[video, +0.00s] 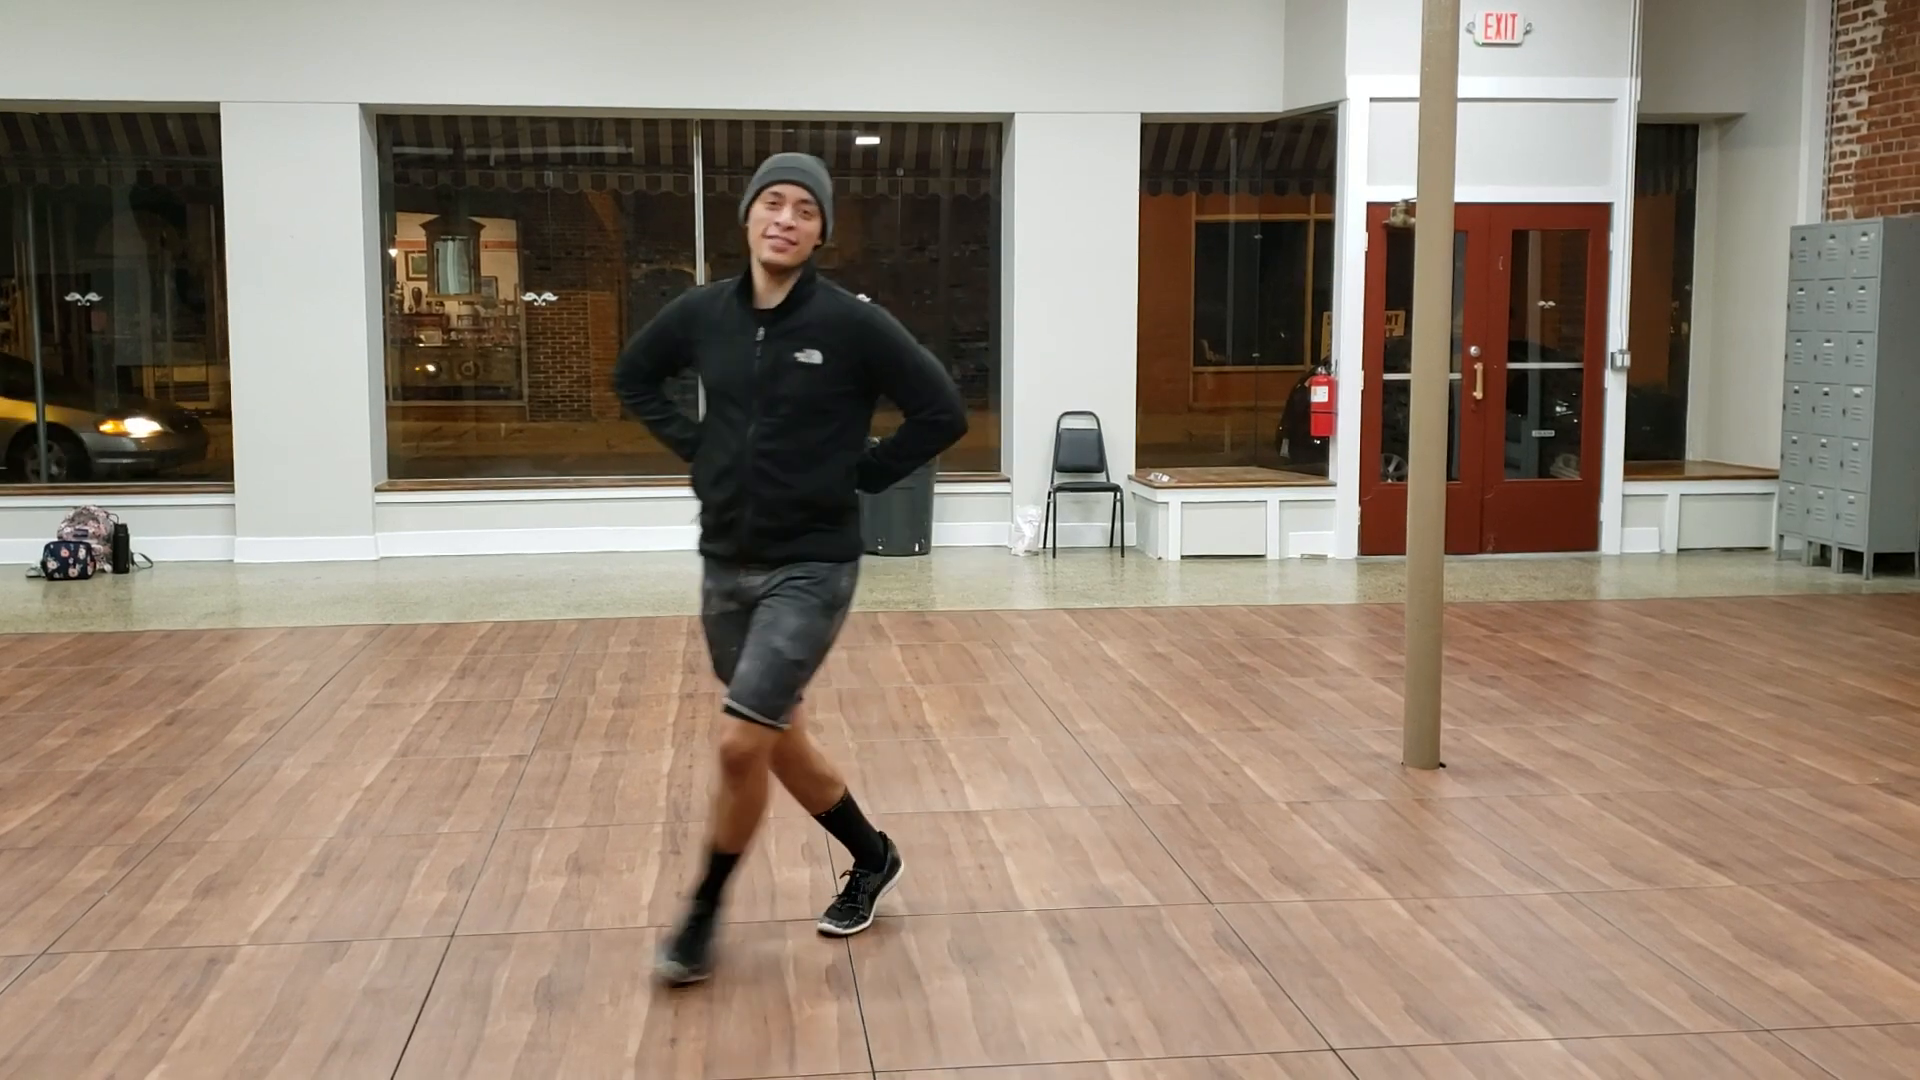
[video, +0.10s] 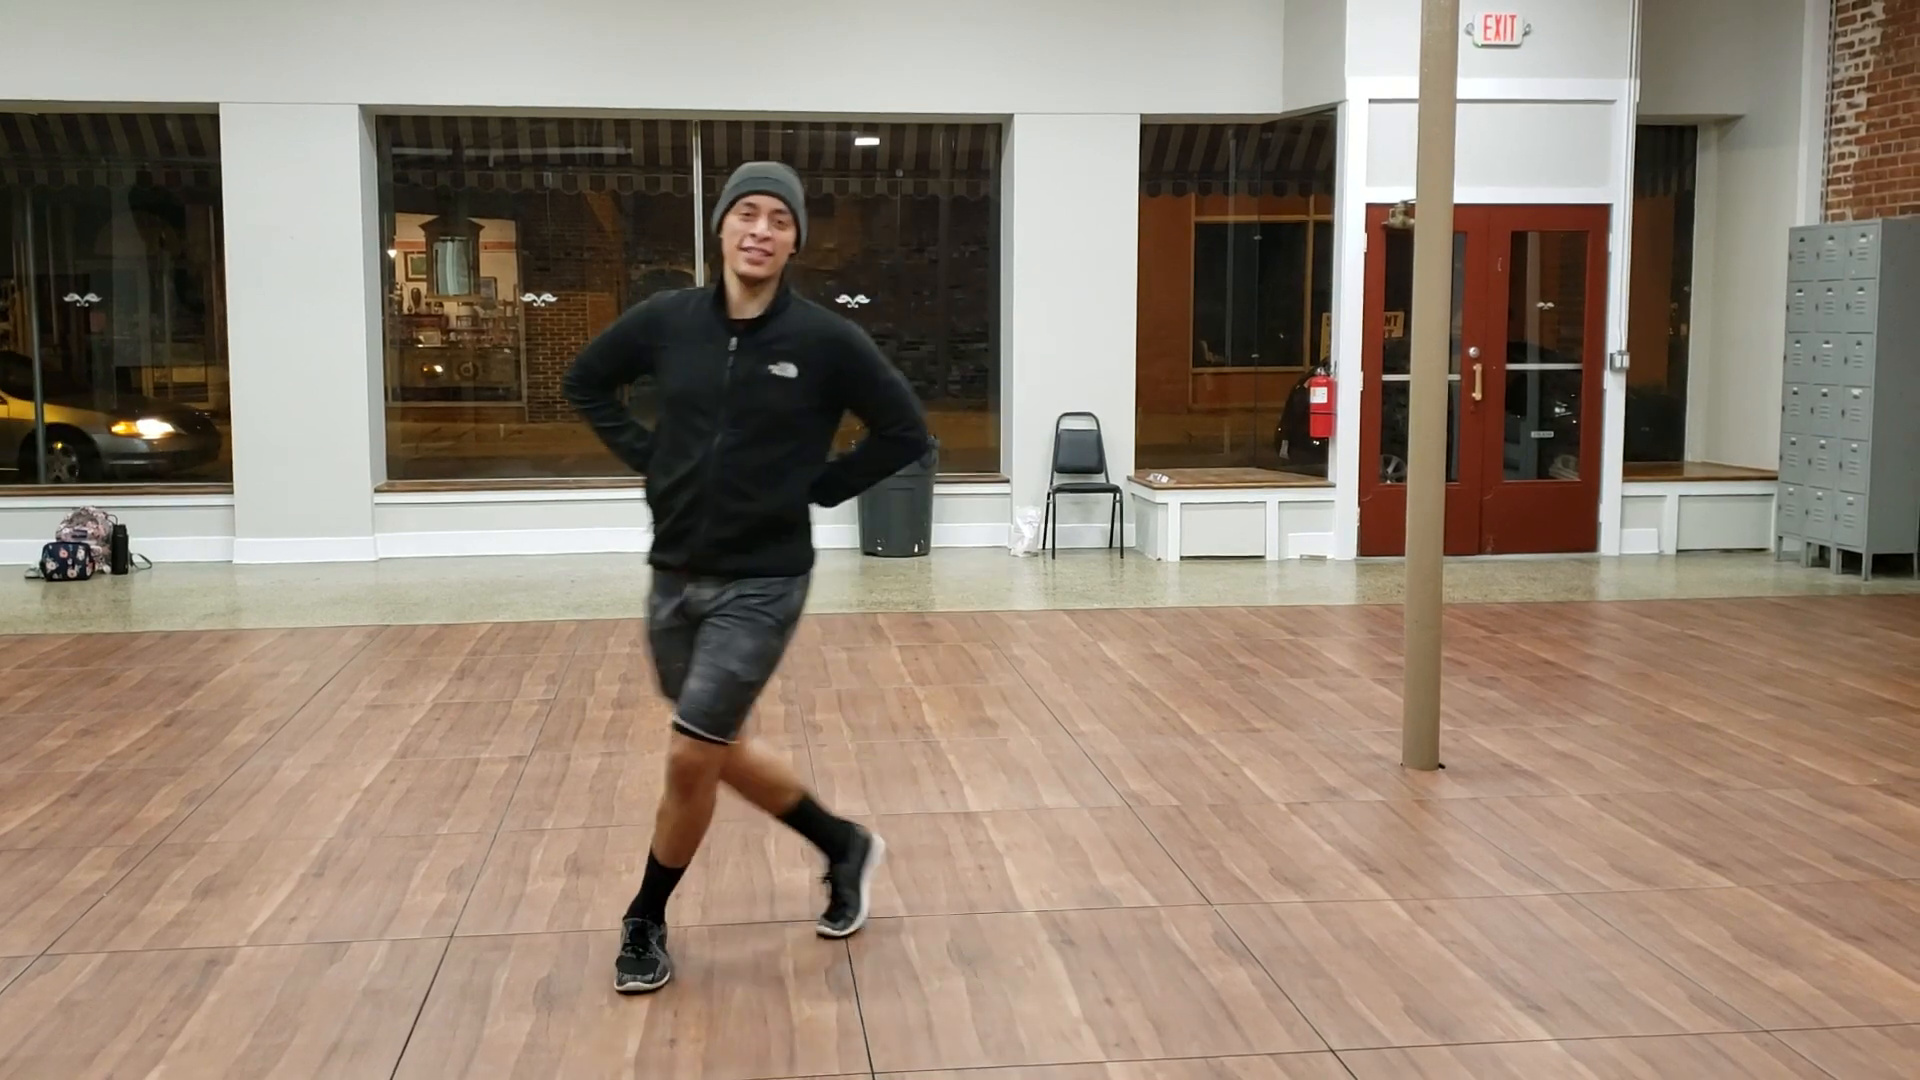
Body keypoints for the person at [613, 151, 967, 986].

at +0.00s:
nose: (786, 219)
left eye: (804, 211)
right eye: (774, 205)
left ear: (821, 232)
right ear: (747, 220)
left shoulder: (853, 323)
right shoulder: (702, 312)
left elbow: (944, 416)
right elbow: (633, 379)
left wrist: (858, 476)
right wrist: (696, 446)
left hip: (813, 561)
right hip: (725, 559)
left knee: (741, 742)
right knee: (776, 740)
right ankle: (872, 853)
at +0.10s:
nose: (759, 230)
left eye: (777, 220)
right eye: (746, 215)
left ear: (795, 243)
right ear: (719, 231)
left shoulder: (827, 340)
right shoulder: (668, 320)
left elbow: (907, 436)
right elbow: (583, 382)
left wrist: (813, 488)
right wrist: (649, 456)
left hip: (764, 576)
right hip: (673, 569)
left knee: (691, 757)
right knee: (707, 745)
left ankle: (645, 921)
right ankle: (842, 843)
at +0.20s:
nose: (736, 229)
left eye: (752, 220)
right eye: (722, 215)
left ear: (768, 245)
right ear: (692, 232)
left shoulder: (799, 347)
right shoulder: (637, 316)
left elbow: (863, 446)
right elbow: (543, 382)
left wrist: (772, 494)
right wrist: (610, 461)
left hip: (727, 575)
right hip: (631, 567)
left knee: (663, 757)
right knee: (616, 761)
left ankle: (642, 923)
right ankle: (750, 824)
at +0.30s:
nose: (704, 212)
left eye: (719, 203)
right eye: (689, 199)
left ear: (737, 229)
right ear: (659, 217)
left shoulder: (771, 332)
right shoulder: (603, 306)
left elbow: (833, 429)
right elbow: (506, 372)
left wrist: (746, 475)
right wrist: (578, 453)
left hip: (701, 570)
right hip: (597, 561)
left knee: (659, 755)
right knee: (557, 745)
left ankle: (644, 917)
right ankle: (638, 829)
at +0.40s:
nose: (668, 195)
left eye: (682, 184)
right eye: (651, 183)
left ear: (702, 205)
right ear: (621, 204)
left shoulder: (743, 307)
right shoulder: (567, 295)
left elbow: (802, 400)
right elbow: (463, 365)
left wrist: (721, 461)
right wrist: (547, 439)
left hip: (682, 561)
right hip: (569, 556)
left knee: (660, 747)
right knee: (521, 736)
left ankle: (642, 919)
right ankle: (532, 868)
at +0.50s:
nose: (630, 188)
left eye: (643, 176)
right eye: (612, 176)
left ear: (664, 197)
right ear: (584, 198)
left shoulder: (710, 298)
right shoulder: (535, 292)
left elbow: (759, 387)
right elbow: (424, 371)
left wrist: (689, 453)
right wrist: (523, 439)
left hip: (661, 558)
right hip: (548, 553)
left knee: (656, 748)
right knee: (496, 732)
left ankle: (640, 922)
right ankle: (445, 899)